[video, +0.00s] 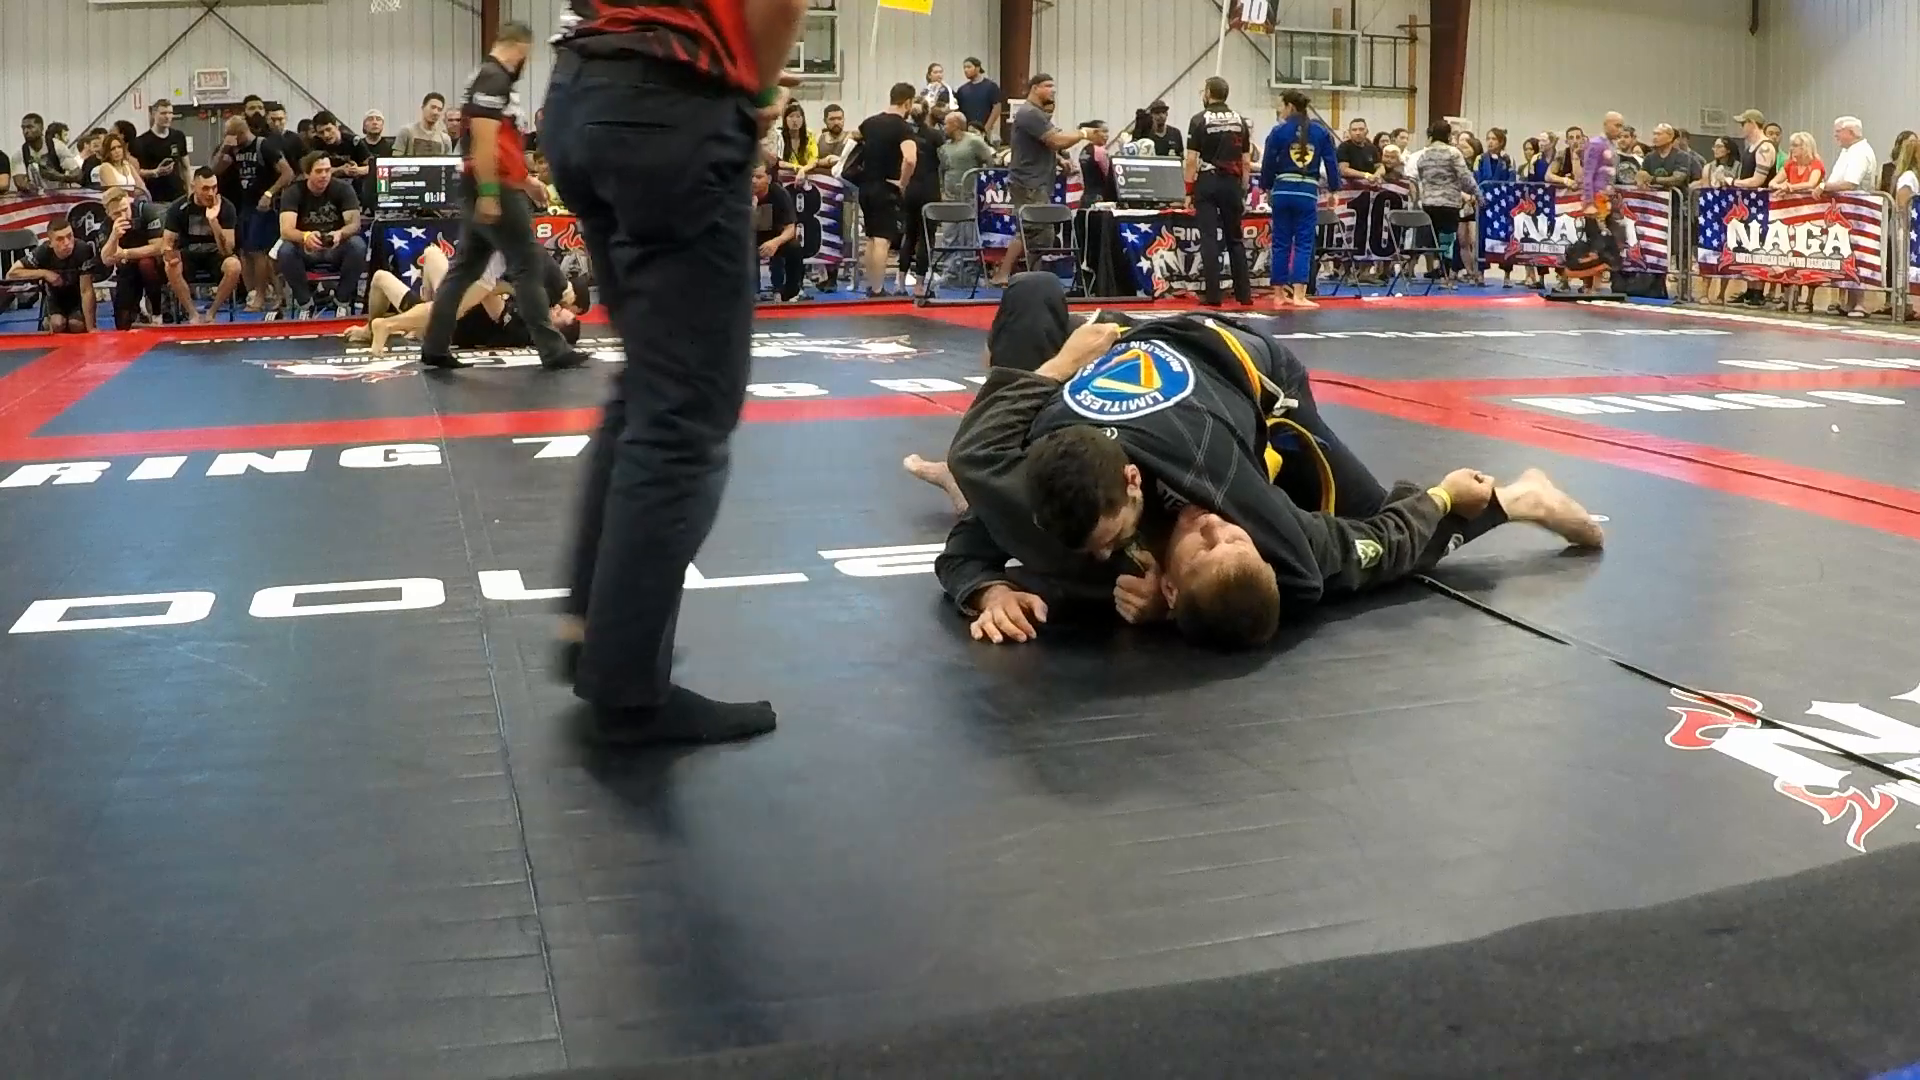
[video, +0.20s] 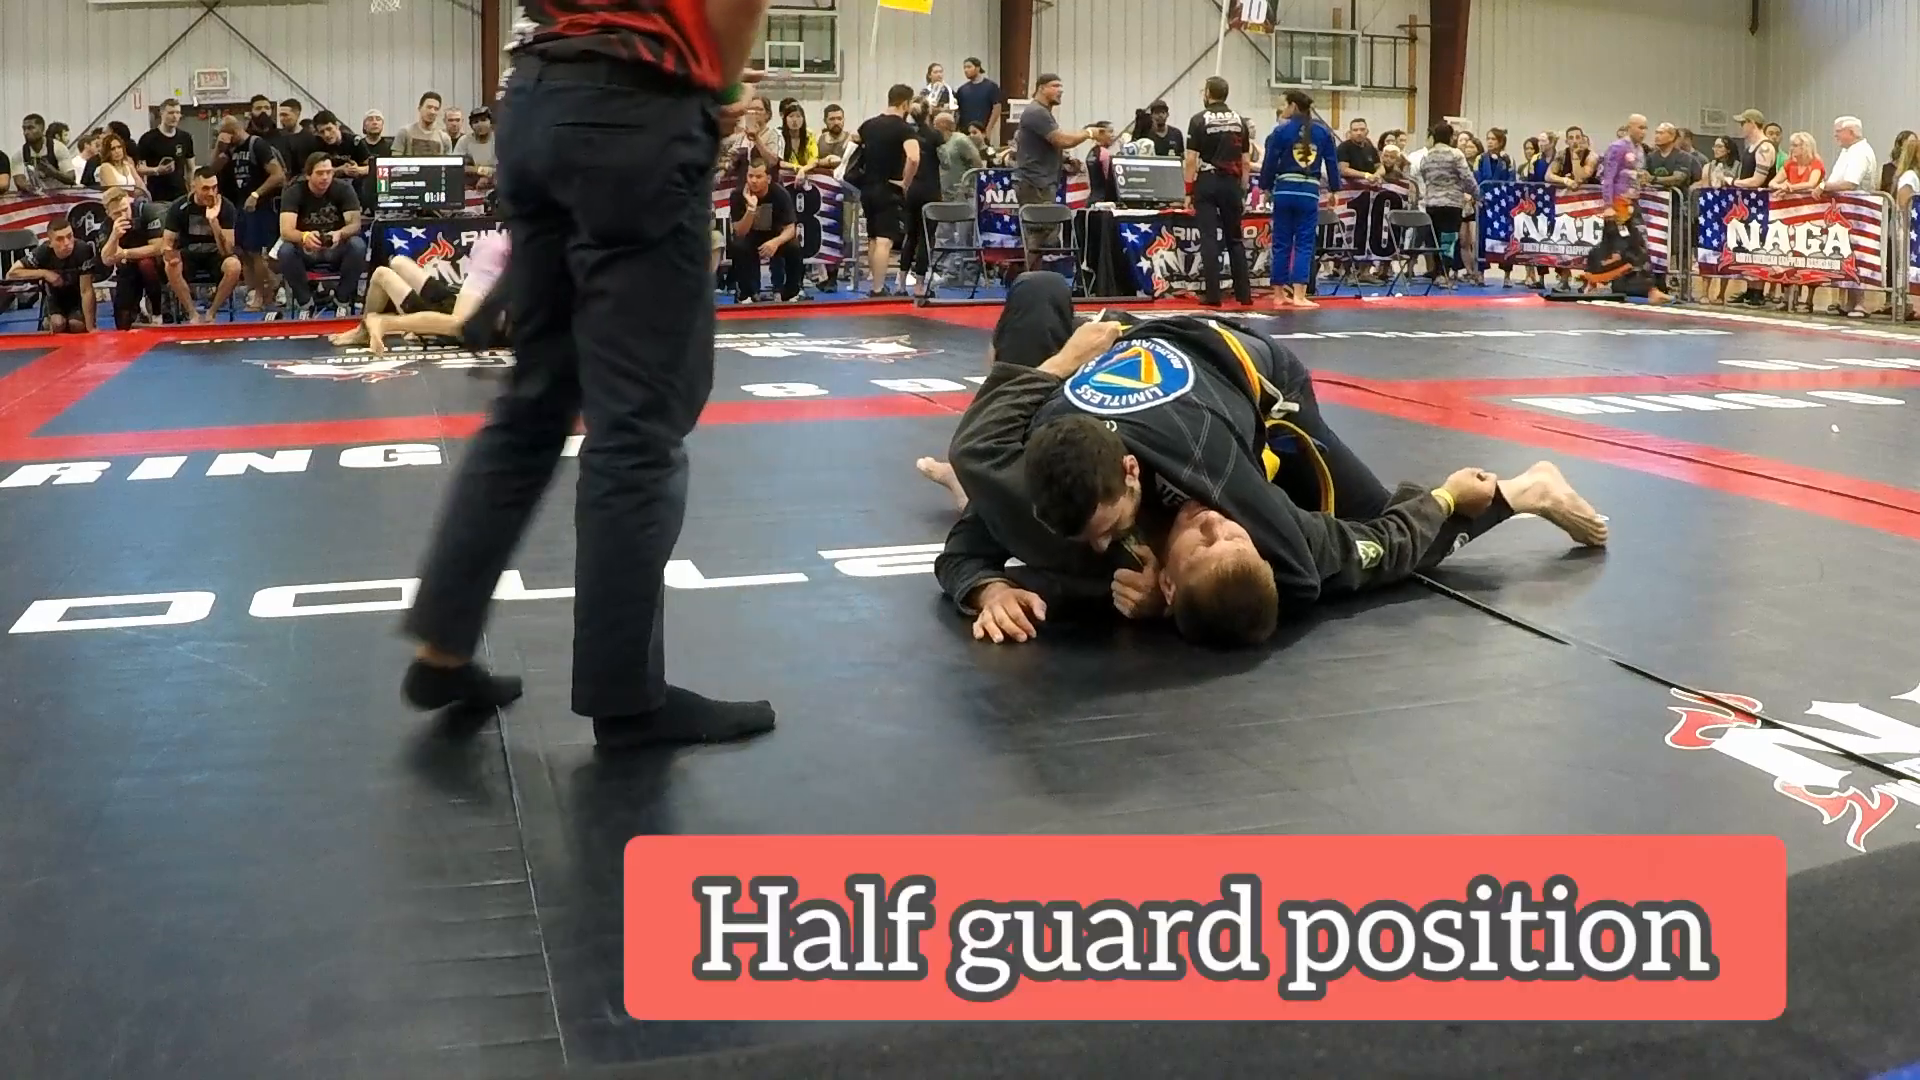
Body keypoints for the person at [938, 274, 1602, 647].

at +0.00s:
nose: (1106, 557)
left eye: (1113, 543)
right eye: (1088, 552)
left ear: (1136, 489)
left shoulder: (1207, 475)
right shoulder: (998, 483)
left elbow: (1311, 573)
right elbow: (961, 554)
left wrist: (1168, 599)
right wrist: (981, 591)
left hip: (1245, 364)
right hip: (1134, 351)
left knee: (1365, 549)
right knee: (1031, 286)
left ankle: (1498, 498)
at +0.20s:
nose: (1107, 543)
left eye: (1116, 532)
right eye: (1089, 541)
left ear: (1134, 479)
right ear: (1039, 510)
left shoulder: (1206, 472)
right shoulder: (999, 481)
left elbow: (1314, 569)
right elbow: (959, 559)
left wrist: (1167, 599)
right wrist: (981, 591)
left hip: (1247, 364)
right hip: (1134, 349)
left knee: (1378, 544)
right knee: (1036, 288)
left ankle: (1511, 493)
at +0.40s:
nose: (1102, 547)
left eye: (1109, 535)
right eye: (1086, 543)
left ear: (1131, 481)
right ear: (1038, 508)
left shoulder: (1206, 477)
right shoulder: (1006, 478)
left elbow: (1307, 578)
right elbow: (961, 554)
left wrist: (1167, 598)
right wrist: (982, 593)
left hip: (1253, 371)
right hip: (1143, 350)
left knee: (1394, 543)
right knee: (1053, 285)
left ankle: (1532, 481)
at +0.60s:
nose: (1095, 541)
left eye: (1104, 531)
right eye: (1075, 535)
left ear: (1130, 481)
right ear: (1028, 500)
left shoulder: (1206, 485)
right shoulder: (1008, 470)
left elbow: (1312, 595)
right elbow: (979, 550)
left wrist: (1157, 603)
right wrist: (989, 592)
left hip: (1265, 393)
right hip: (1158, 356)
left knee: (1412, 547)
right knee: (1079, 285)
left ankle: (1559, 472)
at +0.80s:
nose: (1093, 539)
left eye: (1101, 531)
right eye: (1067, 533)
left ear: (1121, 479)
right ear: (1022, 497)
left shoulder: (1202, 487)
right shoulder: (1015, 467)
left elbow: (1310, 594)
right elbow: (997, 551)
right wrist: (982, 582)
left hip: (1283, 403)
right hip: (1182, 356)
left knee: (1414, 531)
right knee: (1096, 284)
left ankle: (1587, 475)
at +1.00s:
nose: (1068, 543)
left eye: (1092, 536)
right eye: (1055, 536)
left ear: (1115, 482)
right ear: (1016, 485)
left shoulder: (1201, 493)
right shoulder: (1012, 455)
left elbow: (1309, 595)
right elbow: (996, 534)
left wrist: (1142, 604)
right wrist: (976, 573)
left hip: (1287, 415)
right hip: (1193, 358)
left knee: (1416, 529)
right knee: (1093, 289)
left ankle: (1588, 474)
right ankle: (985, 533)